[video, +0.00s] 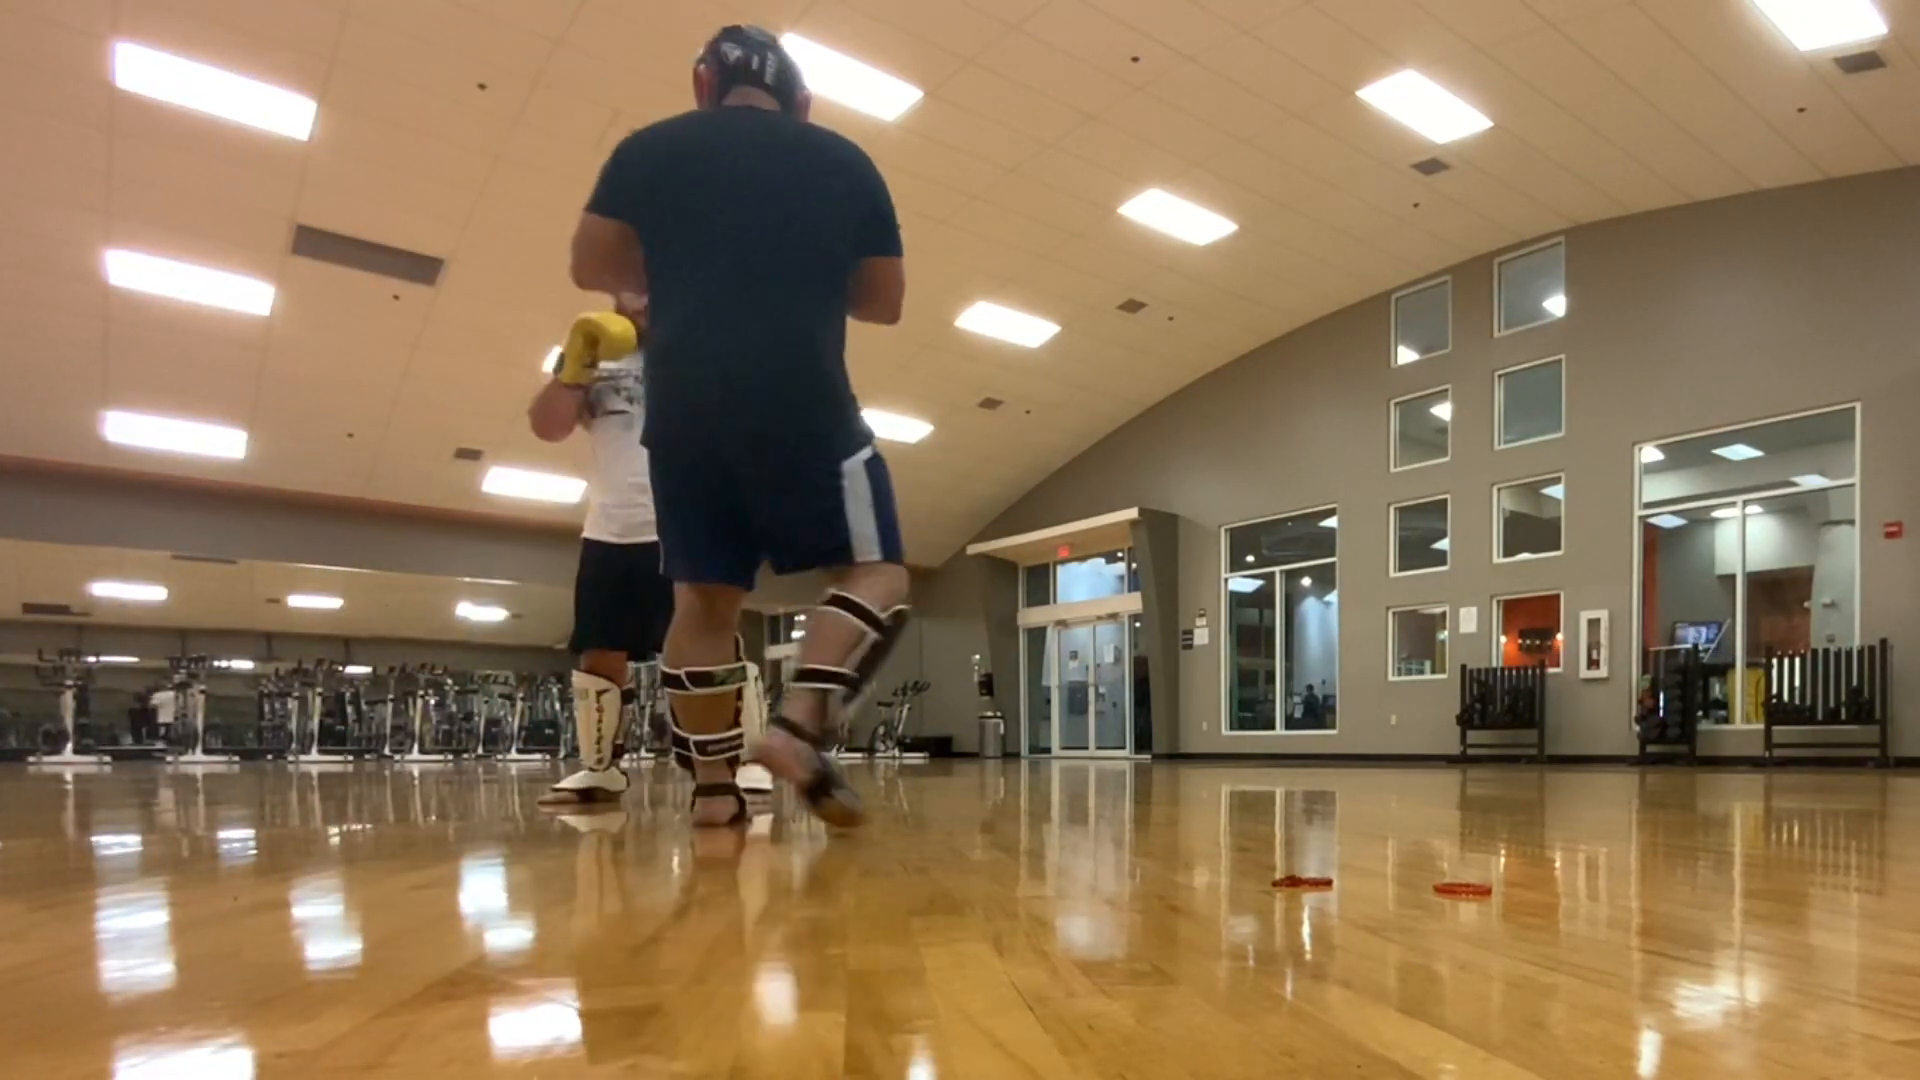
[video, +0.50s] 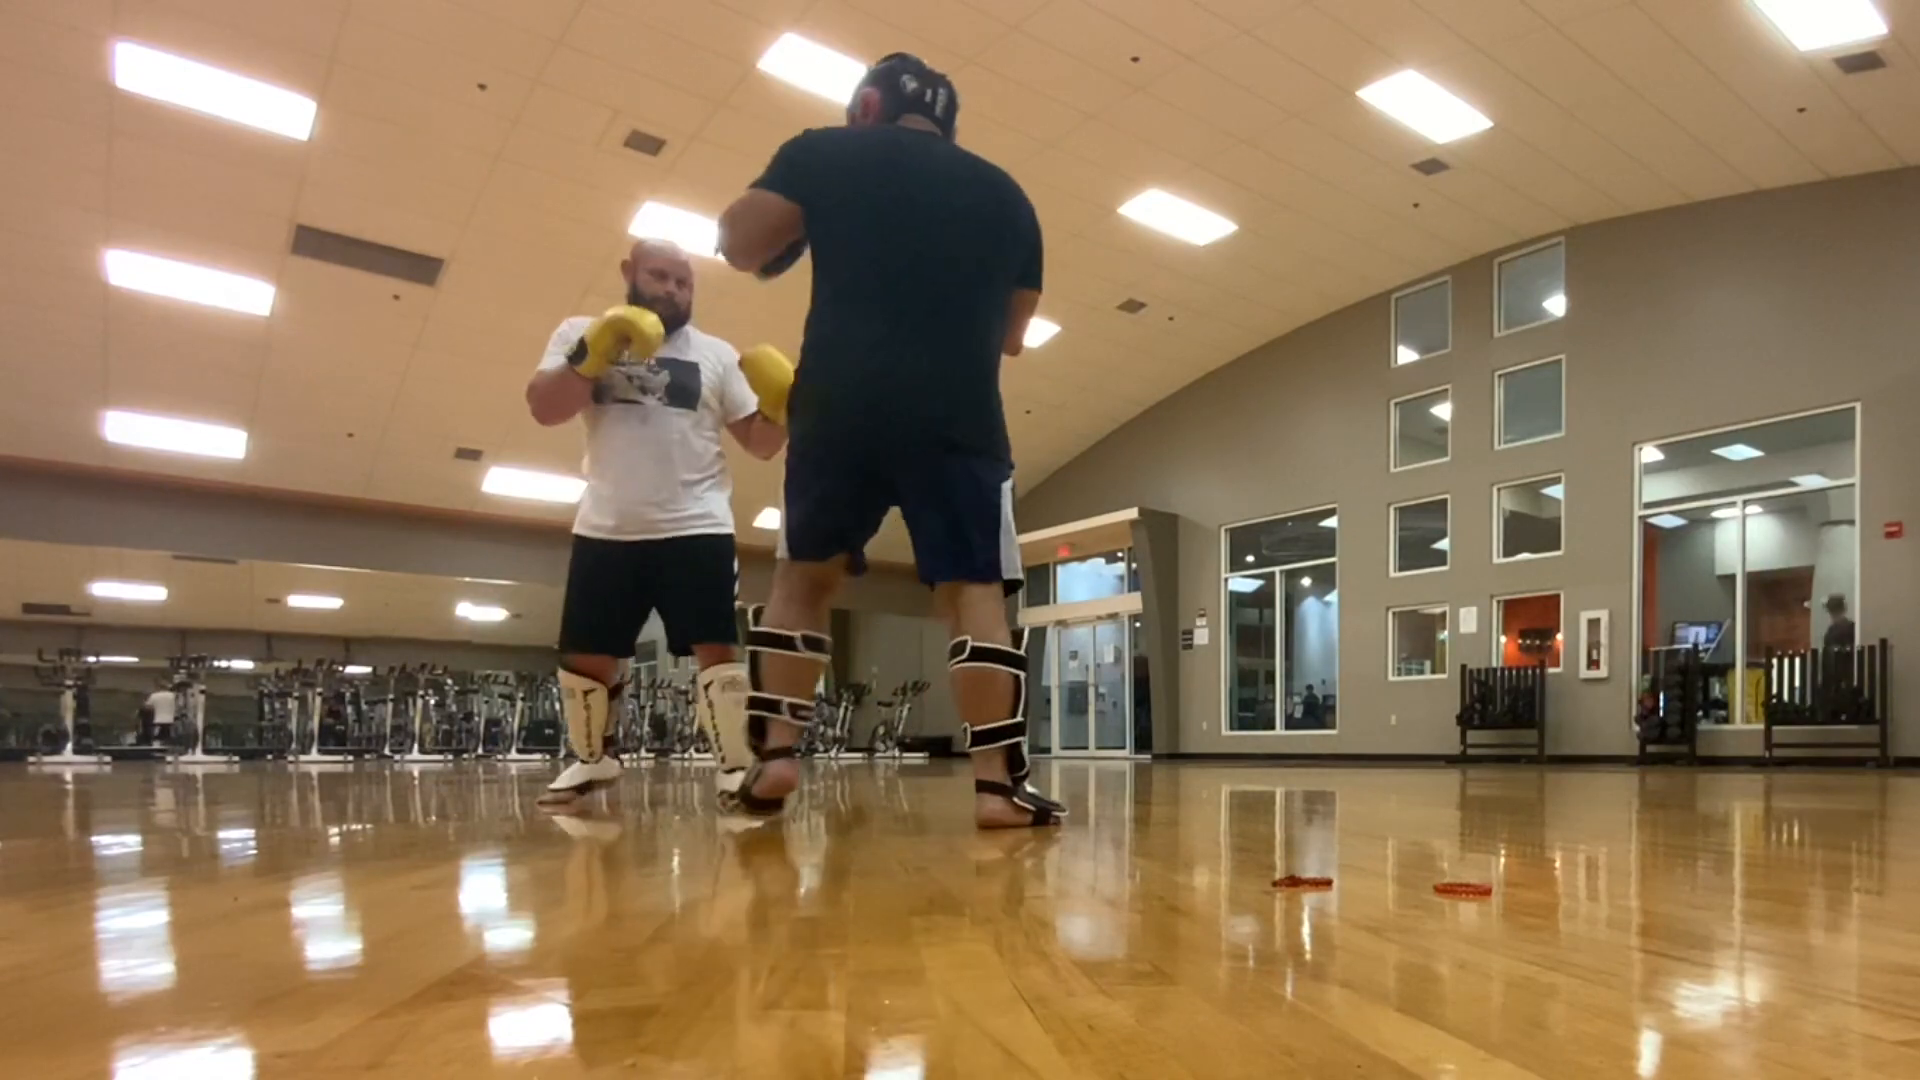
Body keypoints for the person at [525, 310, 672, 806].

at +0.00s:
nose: (639, 309)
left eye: (648, 296)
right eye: (629, 298)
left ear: (668, 299)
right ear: (614, 301)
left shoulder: (691, 352)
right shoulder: (597, 358)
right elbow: (548, 426)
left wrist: (659, 343)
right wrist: (576, 364)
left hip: (684, 526)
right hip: (613, 527)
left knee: (707, 640)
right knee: (599, 651)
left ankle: (734, 761)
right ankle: (599, 768)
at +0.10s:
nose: (641, 302)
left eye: (654, 292)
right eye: (629, 291)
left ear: (671, 299)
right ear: (608, 295)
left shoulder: (691, 350)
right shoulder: (581, 353)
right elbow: (527, 404)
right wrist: (563, 338)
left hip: (681, 522)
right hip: (603, 527)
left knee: (712, 637)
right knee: (599, 654)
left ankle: (746, 752)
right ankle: (599, 769)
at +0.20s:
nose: (641, 297)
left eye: (652, 287)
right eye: (627, 285)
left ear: (666, 296)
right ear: (602, 292)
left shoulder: (693, 356)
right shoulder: (573, 349)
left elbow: (732, 430)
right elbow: (520, 388)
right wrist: (564, 319)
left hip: (679, 522)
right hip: (596, 531)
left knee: (722, 628)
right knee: (599, 655)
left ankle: (746, 754)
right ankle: (599, 769)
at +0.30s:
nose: (648, 298)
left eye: (659, 288)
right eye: (635, 287)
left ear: (671, 294)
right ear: (605, 290)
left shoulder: (694, 357)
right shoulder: (570, 342)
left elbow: (752, 429)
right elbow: (524, 394)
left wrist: (764, 365)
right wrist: (571, 331)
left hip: (680, 530)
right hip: (595, 533)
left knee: (715, 642)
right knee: (599, 657)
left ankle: (743, 760)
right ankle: (599, 770)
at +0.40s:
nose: (656, 292)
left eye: (668, 286)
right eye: (644, 280)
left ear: (679, 299)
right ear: (613, 282)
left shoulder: (704, 359)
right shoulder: (570, 342)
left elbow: (752, 445)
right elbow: (537, 411)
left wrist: (773, 403)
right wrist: (587, 356)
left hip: (687, 534)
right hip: (601, 534)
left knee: (704, 652)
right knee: (598, 658)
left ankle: (734, 771)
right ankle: (599, 769)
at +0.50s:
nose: (671, 287)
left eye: (682, 281)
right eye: (659, 275)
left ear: (694, 293)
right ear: (628, 276)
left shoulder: (716, 356)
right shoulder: (582, 335)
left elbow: (762, 443)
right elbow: (545, 408)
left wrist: (782, 403)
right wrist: (595, 356)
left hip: (696, 529)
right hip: (608, 529)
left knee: (715, 648)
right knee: (587, 657)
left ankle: (735, 771)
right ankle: (589, 761)